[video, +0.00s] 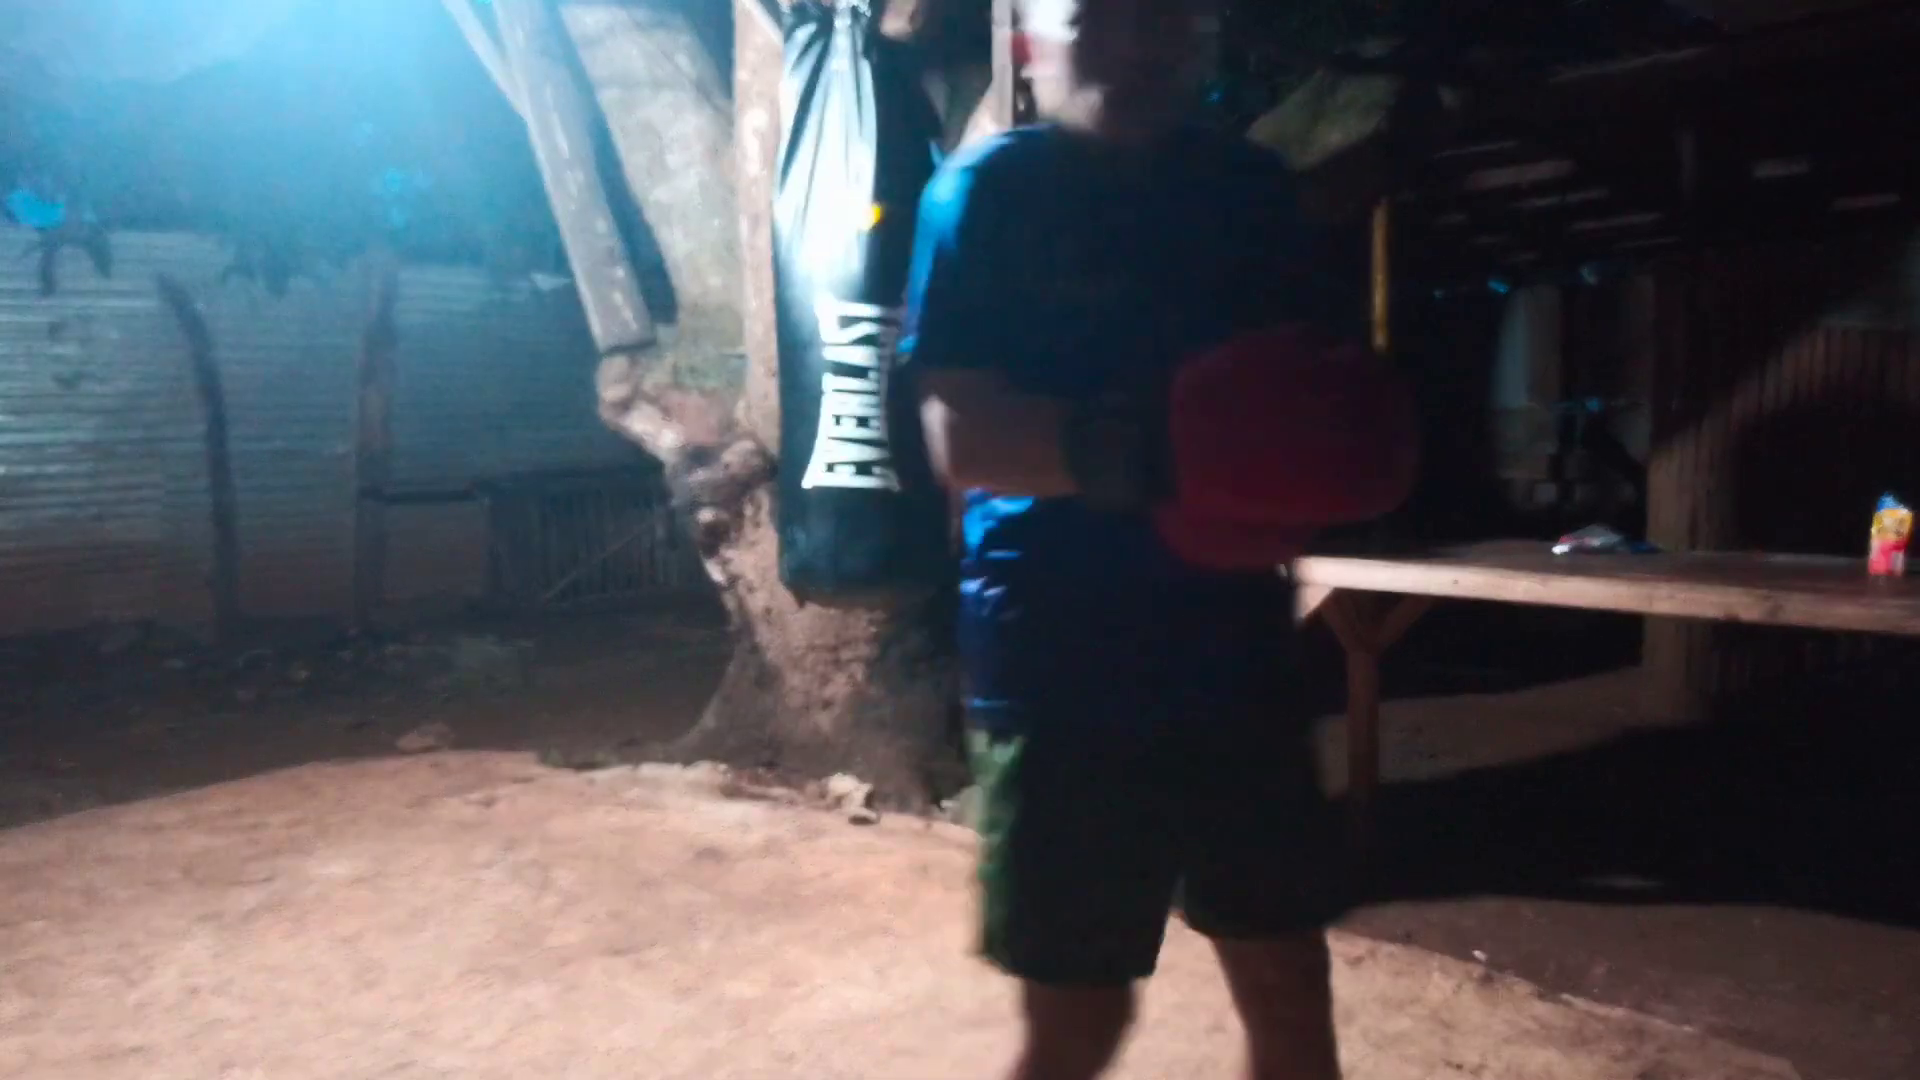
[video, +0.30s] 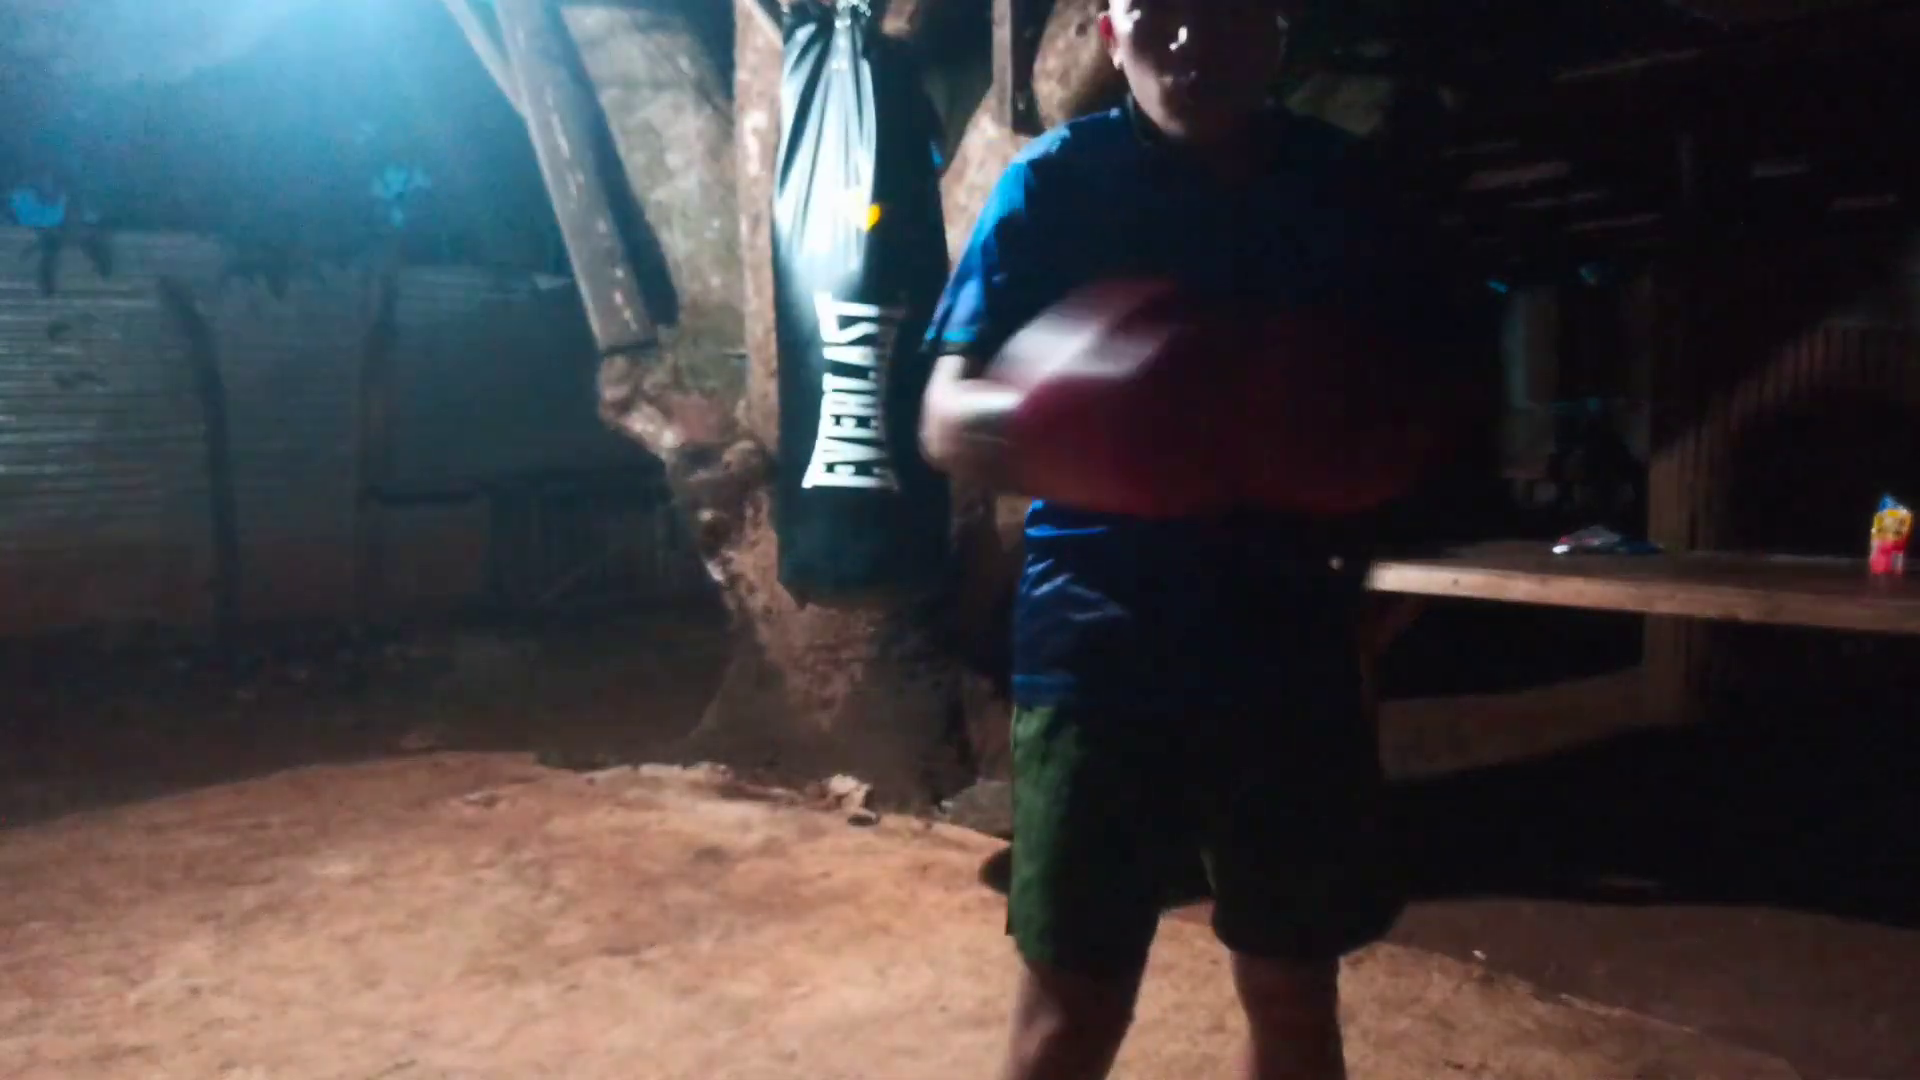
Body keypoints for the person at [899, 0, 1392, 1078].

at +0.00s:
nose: (1131, 41)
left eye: (1163, 14)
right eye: (1094, 14)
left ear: (1206, 33)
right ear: (1027, 36)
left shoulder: (1252, 187)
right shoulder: (996, 186)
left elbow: (1321, 405)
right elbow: (962, 440)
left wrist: (1363, 556)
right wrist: (1166, 454)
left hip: (1235, 652)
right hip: (1059, 666)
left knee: (1288, 991)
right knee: (1074, 1028)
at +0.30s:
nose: (1188, 36)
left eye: (1224, 10)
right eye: (1155, 11)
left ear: (1278, 28)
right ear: (1111, 29)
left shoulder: (1343, 183)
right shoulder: (1058, 180)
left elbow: (1441, 399)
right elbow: (946, 421)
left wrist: (1338, 421)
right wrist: (1073, 413)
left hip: (1288, 648)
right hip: (1097, 652)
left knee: (1294, 997)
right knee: (1069, 1019)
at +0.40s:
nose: (1180, 42)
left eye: (1210, 14)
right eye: (1141, 16)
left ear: (1255, 25)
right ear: (1085, 33)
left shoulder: (1328, 175)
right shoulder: (1039, 193)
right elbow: (907, 419)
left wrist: (1478, 343)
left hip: (1278, 624)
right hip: (1096, 629)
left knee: (1292, 1008)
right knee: (1054, 1038)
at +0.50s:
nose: (1144, 44)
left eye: (1174, 14)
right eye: (1108, 16)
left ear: (1223, 25)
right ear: (1053, 38)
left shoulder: (1308, 175)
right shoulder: (1006, 197)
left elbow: (1470, 332)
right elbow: (871, 384)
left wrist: (1572, 321)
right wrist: (744, 434)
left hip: (1267, 643)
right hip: (1073, 653)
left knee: (1283, 1011)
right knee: (1050, 1042)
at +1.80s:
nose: (926, 10)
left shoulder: (1270, 130)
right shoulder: (897, 142)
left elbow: (1401, 455)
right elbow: (829, 407)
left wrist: (1164, 452)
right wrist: (770, 387)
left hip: (1163, 794)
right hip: (909, 781)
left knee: (1202, 1064)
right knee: (859, 1059)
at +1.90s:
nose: (1000, 15)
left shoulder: (1307, 143)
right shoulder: (915, 148)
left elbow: (1443, 461)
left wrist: (1204, 428)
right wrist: (828, 443)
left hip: (1195, 792)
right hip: (936, 783)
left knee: (1216, 1068)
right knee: (866, 1063)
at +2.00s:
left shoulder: (1319, 130)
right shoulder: (919, 140)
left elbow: (1444, 449)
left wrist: (1228, 397)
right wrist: (824, 460)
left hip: (1219, 781)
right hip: (958, 770)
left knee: (1241, 1072)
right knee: (897, 1065)